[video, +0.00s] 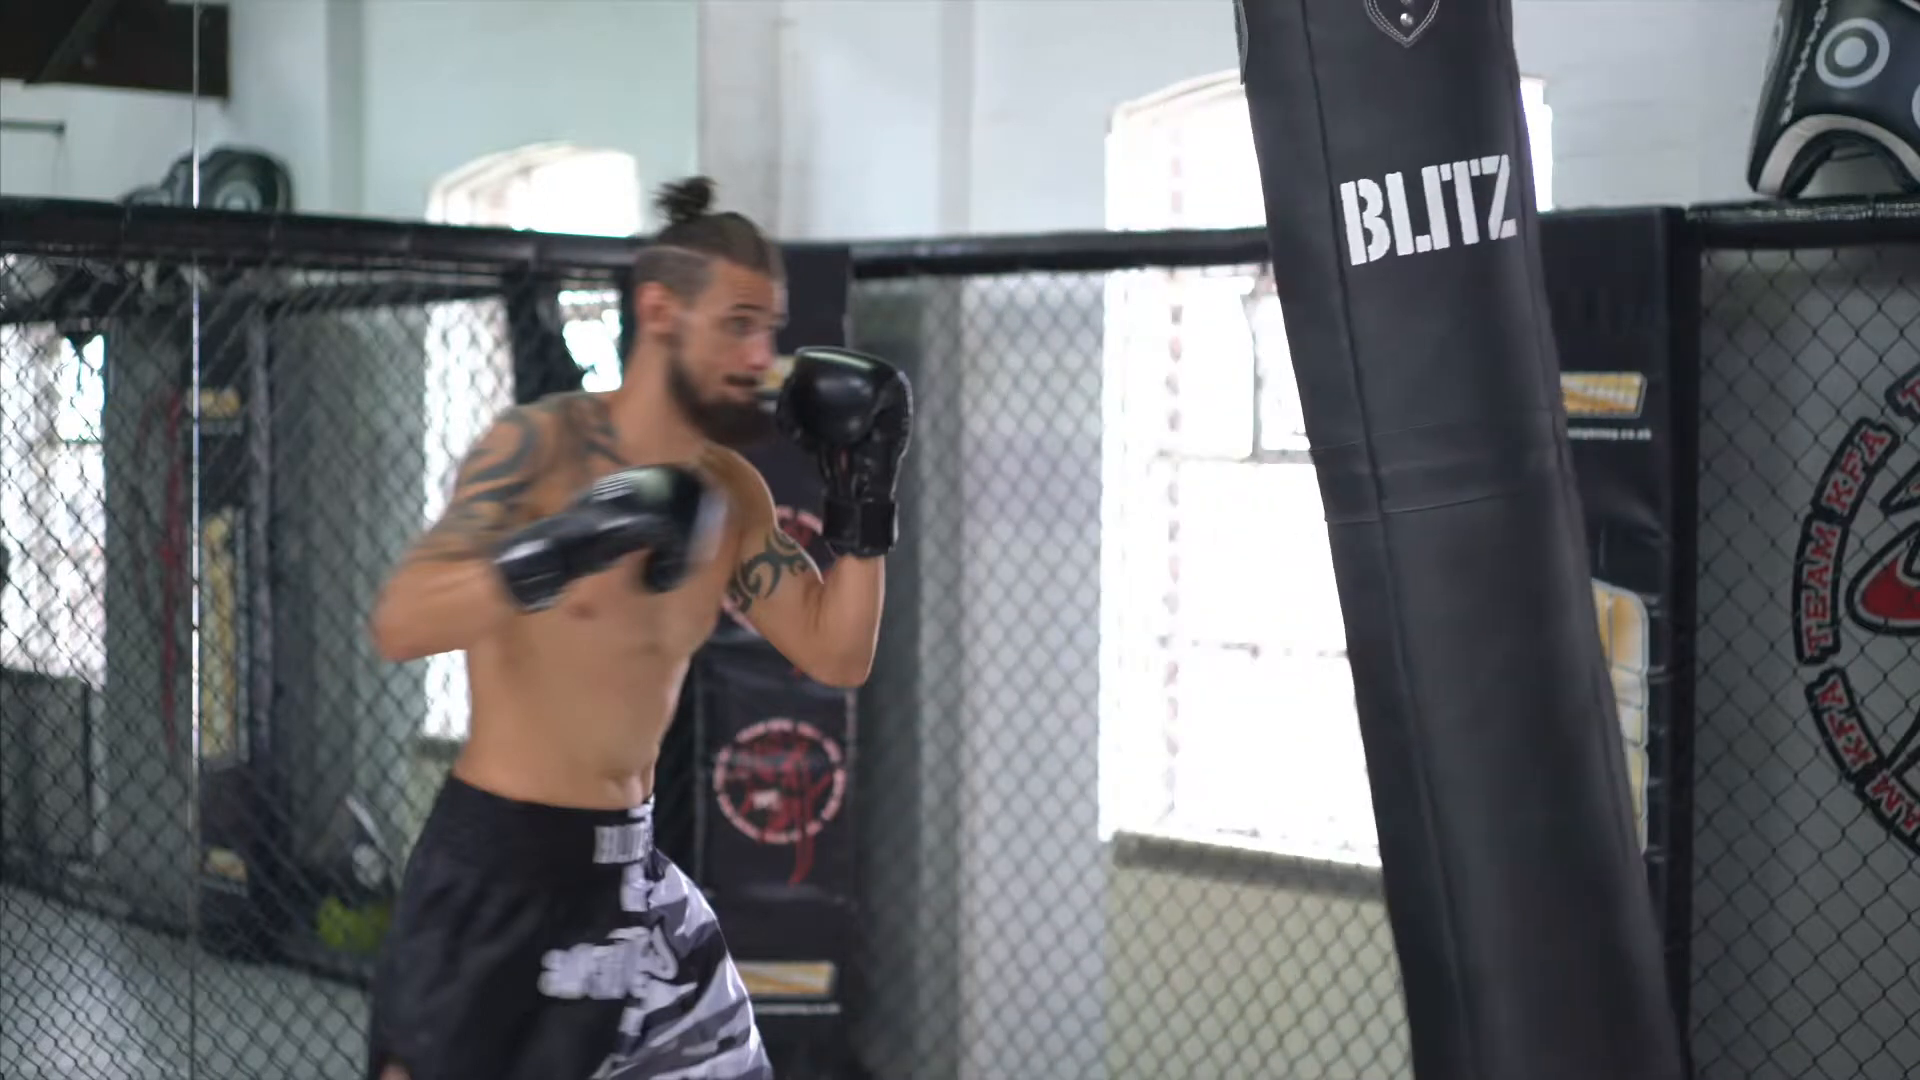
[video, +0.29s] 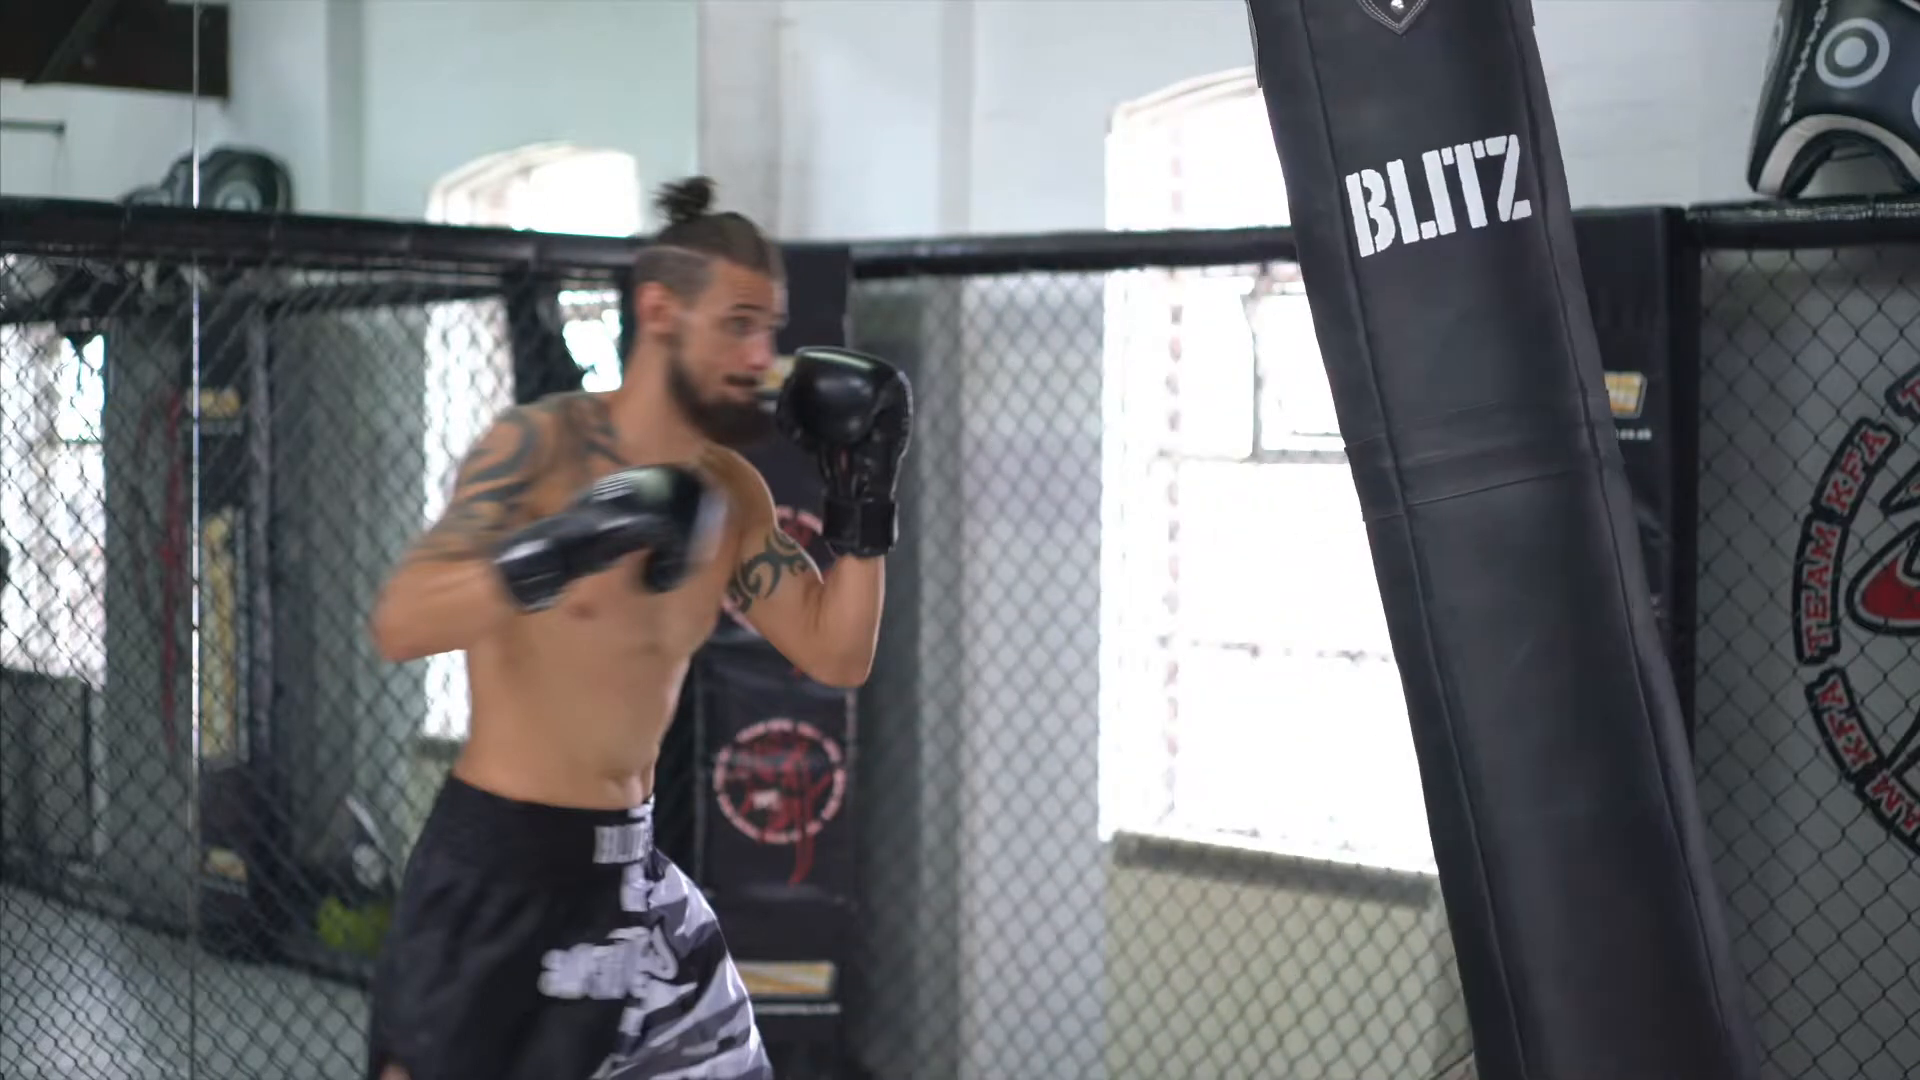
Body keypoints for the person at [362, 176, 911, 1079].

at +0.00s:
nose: (762, 357)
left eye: (772, 331)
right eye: (739, 325)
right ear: (656, 310)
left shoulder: (733, 493)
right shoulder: (537, 441)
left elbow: (839, 655)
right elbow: (400, 623)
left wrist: (864, 481)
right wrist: (568, 547)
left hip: (636, 868)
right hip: (500, 867)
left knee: (732, 1066)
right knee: (439, 1065)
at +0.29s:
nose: (762, 357)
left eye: (772, 331)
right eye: (739, 325)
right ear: (656, 310)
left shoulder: (733, 492)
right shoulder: (536, 441)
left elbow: (839, 655)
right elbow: (400, 623)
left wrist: (864, 482)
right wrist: (568, 547)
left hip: (636, 868)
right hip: (500, 867)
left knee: (732, 1066)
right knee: (439, 1065)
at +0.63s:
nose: (762, 357)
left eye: (772, 331)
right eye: (739, 325)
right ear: (656, 310)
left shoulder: (733, 492)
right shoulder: (537, 441)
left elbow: (839, 655)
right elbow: (400, 623)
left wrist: (865, 481)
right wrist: (569, 546)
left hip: (635, 867)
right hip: (500, 866)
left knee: (732, 1066)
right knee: (439, 1065)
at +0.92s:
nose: (762, 357)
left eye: (772, 331)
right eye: (739, 325)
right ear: (656, 309)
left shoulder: (733, 492)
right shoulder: (537, 441)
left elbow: (839, 655)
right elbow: (400, 623)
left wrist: (865, 481)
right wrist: (568, 546)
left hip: (635, 867)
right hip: (499, 865)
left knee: (732, 1066)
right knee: (438, 1065)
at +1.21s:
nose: (762, 358)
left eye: (772, 331)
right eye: (739, 325)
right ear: (656, 310)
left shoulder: (733, 492)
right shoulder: (537, 441)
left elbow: (839, 655)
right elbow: (400, 624)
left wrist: (865, 480)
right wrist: (568, 546)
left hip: (635, 867)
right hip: (500, 865)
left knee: (731, 1066)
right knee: (437, 1065)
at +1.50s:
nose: (762, 357)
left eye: (772, 331)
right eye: (739, 325)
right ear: (656, 309)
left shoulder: (733, 492)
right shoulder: (538, 441)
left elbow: (839, 655)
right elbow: (400, 623)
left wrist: (866, 481)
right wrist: (569, 546)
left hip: (634, 867)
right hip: (500, 865)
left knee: (731, 1066)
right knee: (438, 1065)